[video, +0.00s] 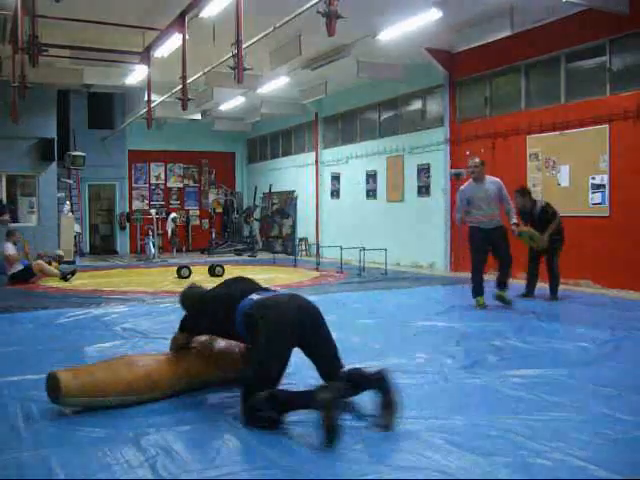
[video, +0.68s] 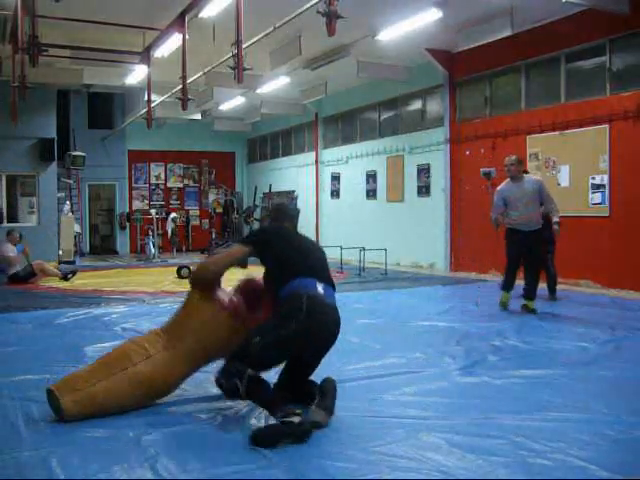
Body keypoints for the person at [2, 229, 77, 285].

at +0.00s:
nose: (19, 238)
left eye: (19, 236)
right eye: (17, 236)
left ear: (13, 237)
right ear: (12, 237)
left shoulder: (13, 246)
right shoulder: (8, 245)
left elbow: (16, 259)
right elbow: (11, 259)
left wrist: (26, 254)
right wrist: (22, 254)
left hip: (20, 272)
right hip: (15, 275)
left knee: (40, 264)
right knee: (39, 264)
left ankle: (62, 274)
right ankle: (62, 276)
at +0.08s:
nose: (21, 238)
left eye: (20, 236)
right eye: (19, 236)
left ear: (13, 237)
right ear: (14, 237)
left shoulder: (13, 245)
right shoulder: (11, 245)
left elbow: (19, 260)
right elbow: (20, 259)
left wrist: (27, 253)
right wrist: (29, 252)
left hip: (19, 272)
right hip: (15, 275)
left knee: (42, 263)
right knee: (39, 264)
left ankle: (63, 274)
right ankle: (62, 276)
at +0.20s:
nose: (21, 238)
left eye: (20, 236)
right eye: (20, 236)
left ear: (10, 237)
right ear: (17, 237)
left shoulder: (4, 246)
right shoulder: (16, 246)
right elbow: (27, 260)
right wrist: (30, 252)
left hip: (12, 276)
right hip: (18, 275)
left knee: (42, 264)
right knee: (39, 264)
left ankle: (63, 274)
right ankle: (62, 275)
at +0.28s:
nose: (23, 239)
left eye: (22, 237)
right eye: (22, 237)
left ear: (11, 237)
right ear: (20, 238)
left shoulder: (4, 247)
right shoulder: (21, 247)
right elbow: (28, 261)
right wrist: (29, 253)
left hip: (11, 277)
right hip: (19, 276)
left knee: (42, 267)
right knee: (40, 265)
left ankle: (63, 274)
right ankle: (62, 275)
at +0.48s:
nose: (20, 239)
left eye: (20, 238)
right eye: (20, 238)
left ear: (9, 237)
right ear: (18, 238)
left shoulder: (3, 246)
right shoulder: (17, 247)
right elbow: (26, 261)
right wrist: (29, 251)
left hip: (9, 277)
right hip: (17, 276)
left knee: (42, 268)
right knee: (40, 265)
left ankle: (63, 274)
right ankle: (62, 275)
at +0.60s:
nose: (18, 239)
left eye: (18, 237)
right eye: (18, 237)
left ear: (8, 237)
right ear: (15, 237)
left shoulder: (5, 246)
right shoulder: (11, 246)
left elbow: (19, 261)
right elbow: (21, 261)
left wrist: (27, 254)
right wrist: (28, 253)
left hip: (12, 276)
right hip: (14, 276)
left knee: (41, 267)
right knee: (39, 265)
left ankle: (63, 274)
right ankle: (62, 275)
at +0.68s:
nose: (17, 239)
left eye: (18, 237)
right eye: (15, 237)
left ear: (16, 238)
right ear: (9, 237)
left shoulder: (12, 247)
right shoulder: (7, 247)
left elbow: (16, 261)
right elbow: (12, 262)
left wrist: (25, 254)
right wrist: (22, 254)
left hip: (19, 274)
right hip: (14, 276)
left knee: (41, 265)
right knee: (39, 265)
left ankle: (63, 274)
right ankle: (62, 276)